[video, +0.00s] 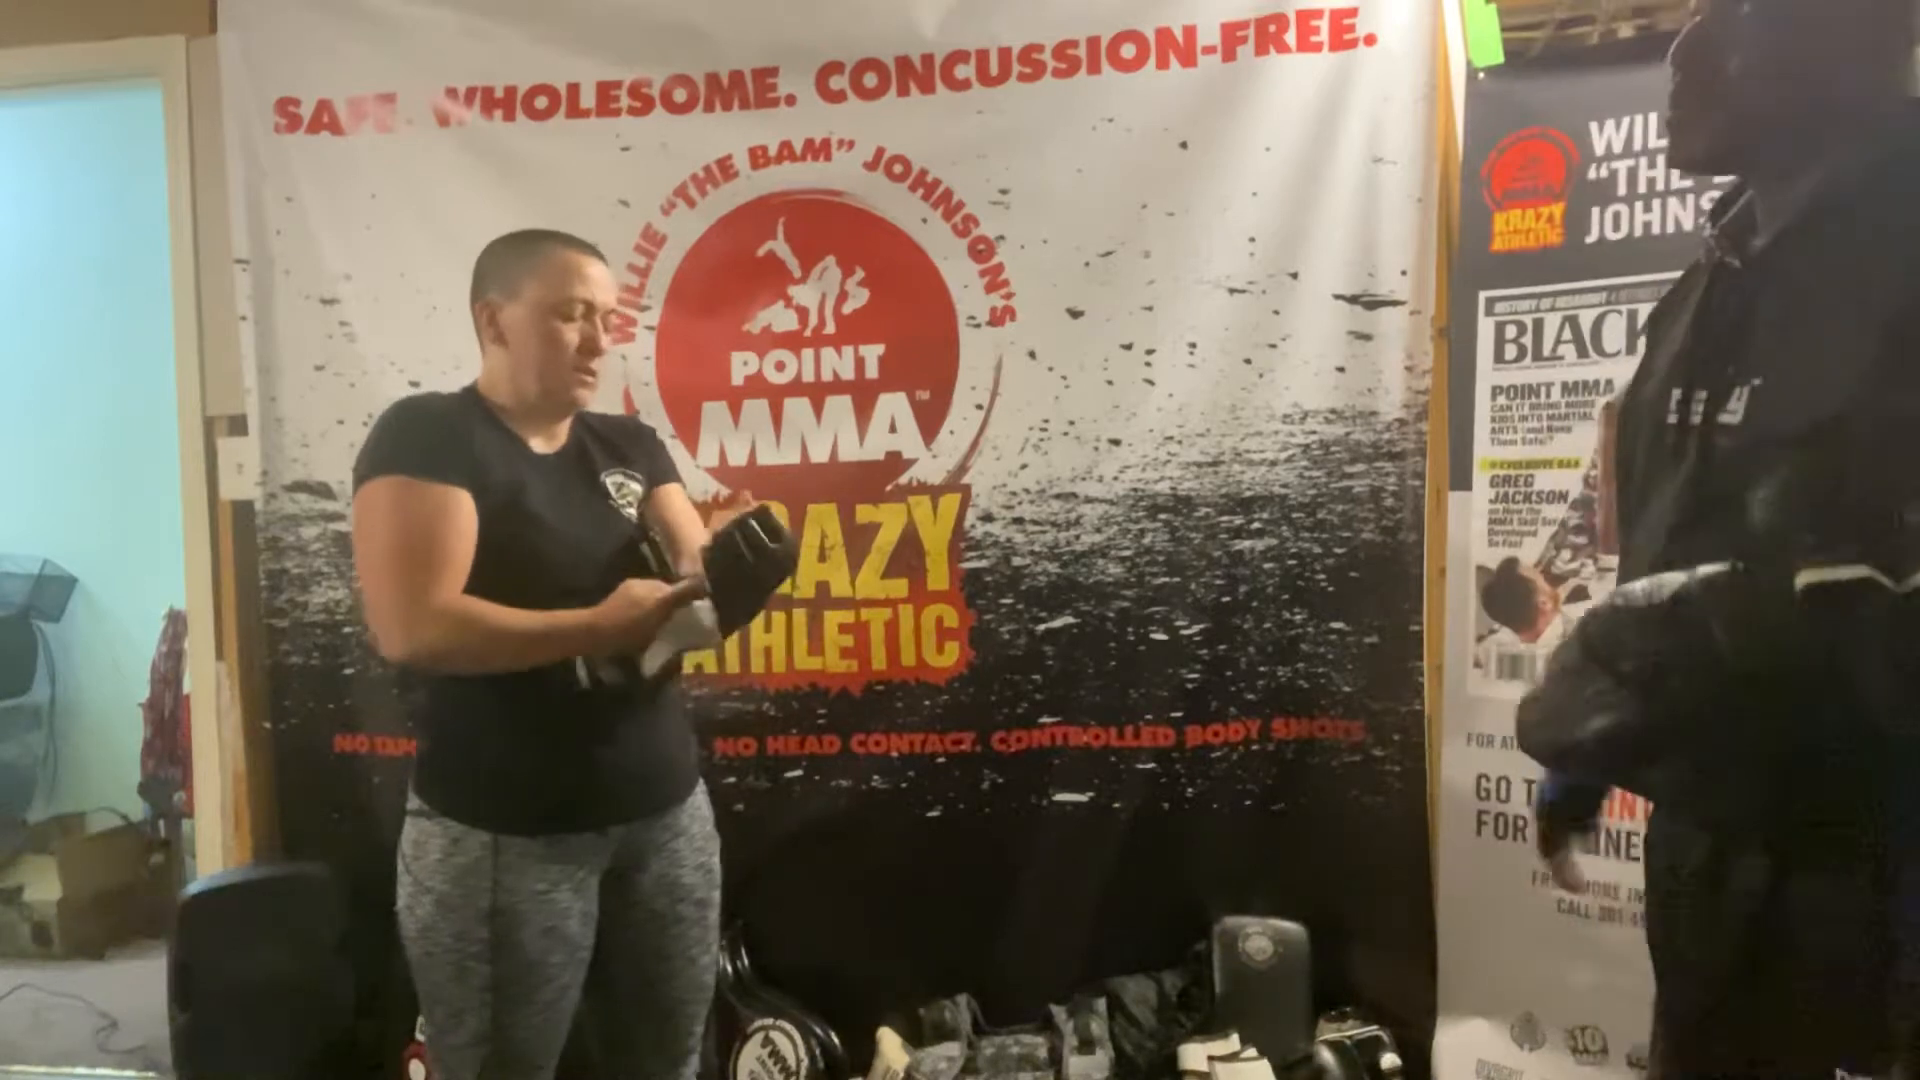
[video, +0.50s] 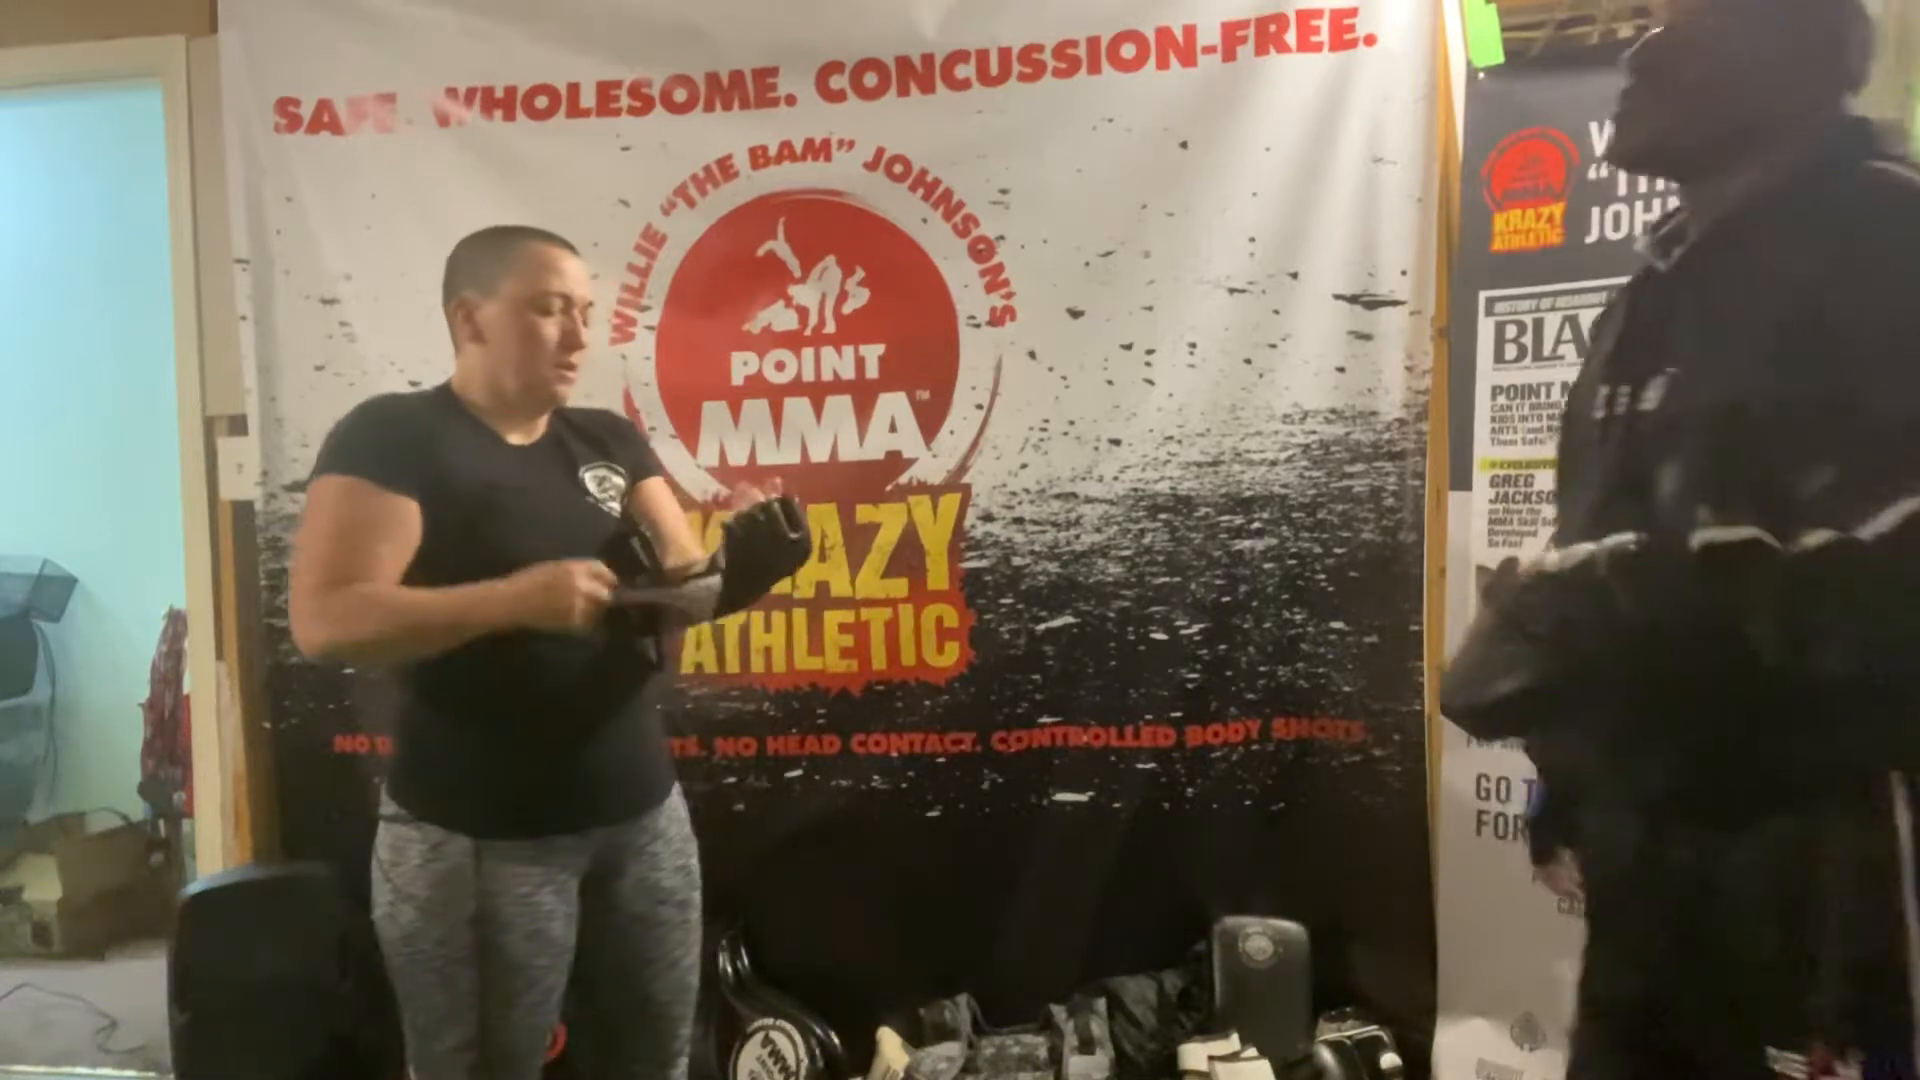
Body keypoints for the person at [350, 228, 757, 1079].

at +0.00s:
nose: (599, 339)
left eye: (606, 319)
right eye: (572, 312)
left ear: (613, 328)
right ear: (491, 319)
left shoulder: (628, 444)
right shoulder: (424, 436)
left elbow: (700, 581)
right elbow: (412, 626)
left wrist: (727, 549)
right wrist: (600, 627)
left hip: (664, 828)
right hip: (499, 846)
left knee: (658, 1065)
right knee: (496, 1068)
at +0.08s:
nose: (597, 338)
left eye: (603, 318)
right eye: (570, 312)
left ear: (610, 327)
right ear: (488, 318)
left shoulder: (628, 444)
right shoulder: (421, 437)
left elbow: (702, 593)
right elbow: (395, 624)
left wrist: (731, 556)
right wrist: (582, 621)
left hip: (662, 827)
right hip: (497, 844)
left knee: (656, 1065)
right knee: (496, 1069)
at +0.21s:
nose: (590, 337)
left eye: (598, 317)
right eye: (562, 313)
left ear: (605, 325)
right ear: (484, 320)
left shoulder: (625, 442)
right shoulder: (410, 437)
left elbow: (702, 585)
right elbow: (383, 624)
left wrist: (732, 555)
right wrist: (567, 621)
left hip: (658, 825)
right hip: (491, 843)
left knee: (655, 1066)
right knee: (495, 1068)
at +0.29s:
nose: (585, 337)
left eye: (593, 317)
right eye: (558, 313)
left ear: (600, 327)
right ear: (478, 319)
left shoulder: (623, 441)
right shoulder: (407, 438)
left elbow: (692, 591)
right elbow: (380, 625)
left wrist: (719, 568)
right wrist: (572, 629)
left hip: (656, 828)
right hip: (488, 847)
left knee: (654, 1065)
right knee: (491, 1068)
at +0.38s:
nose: (581, 334)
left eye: (588, 314)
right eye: (554, 309)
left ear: (597, 324)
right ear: (474, 317)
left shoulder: (616, 439)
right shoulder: (402, 437)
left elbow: (691, 585)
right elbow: (365, 622)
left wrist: (728, 557)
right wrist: (554, 632)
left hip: (651, 827)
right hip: (484, 846)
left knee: (653, 1066)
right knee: (485, 1070)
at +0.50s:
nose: (578, 333)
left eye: (584, 312)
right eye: (550, 308)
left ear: (591, 324)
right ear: (469, 317)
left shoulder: (609, 440)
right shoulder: (389, 437)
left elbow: (687, 583)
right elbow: (325, 617)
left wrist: (734, 557)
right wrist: (517, 598)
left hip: (641, 827)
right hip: (473, 848)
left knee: (647, 1065)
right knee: (479, 1069)